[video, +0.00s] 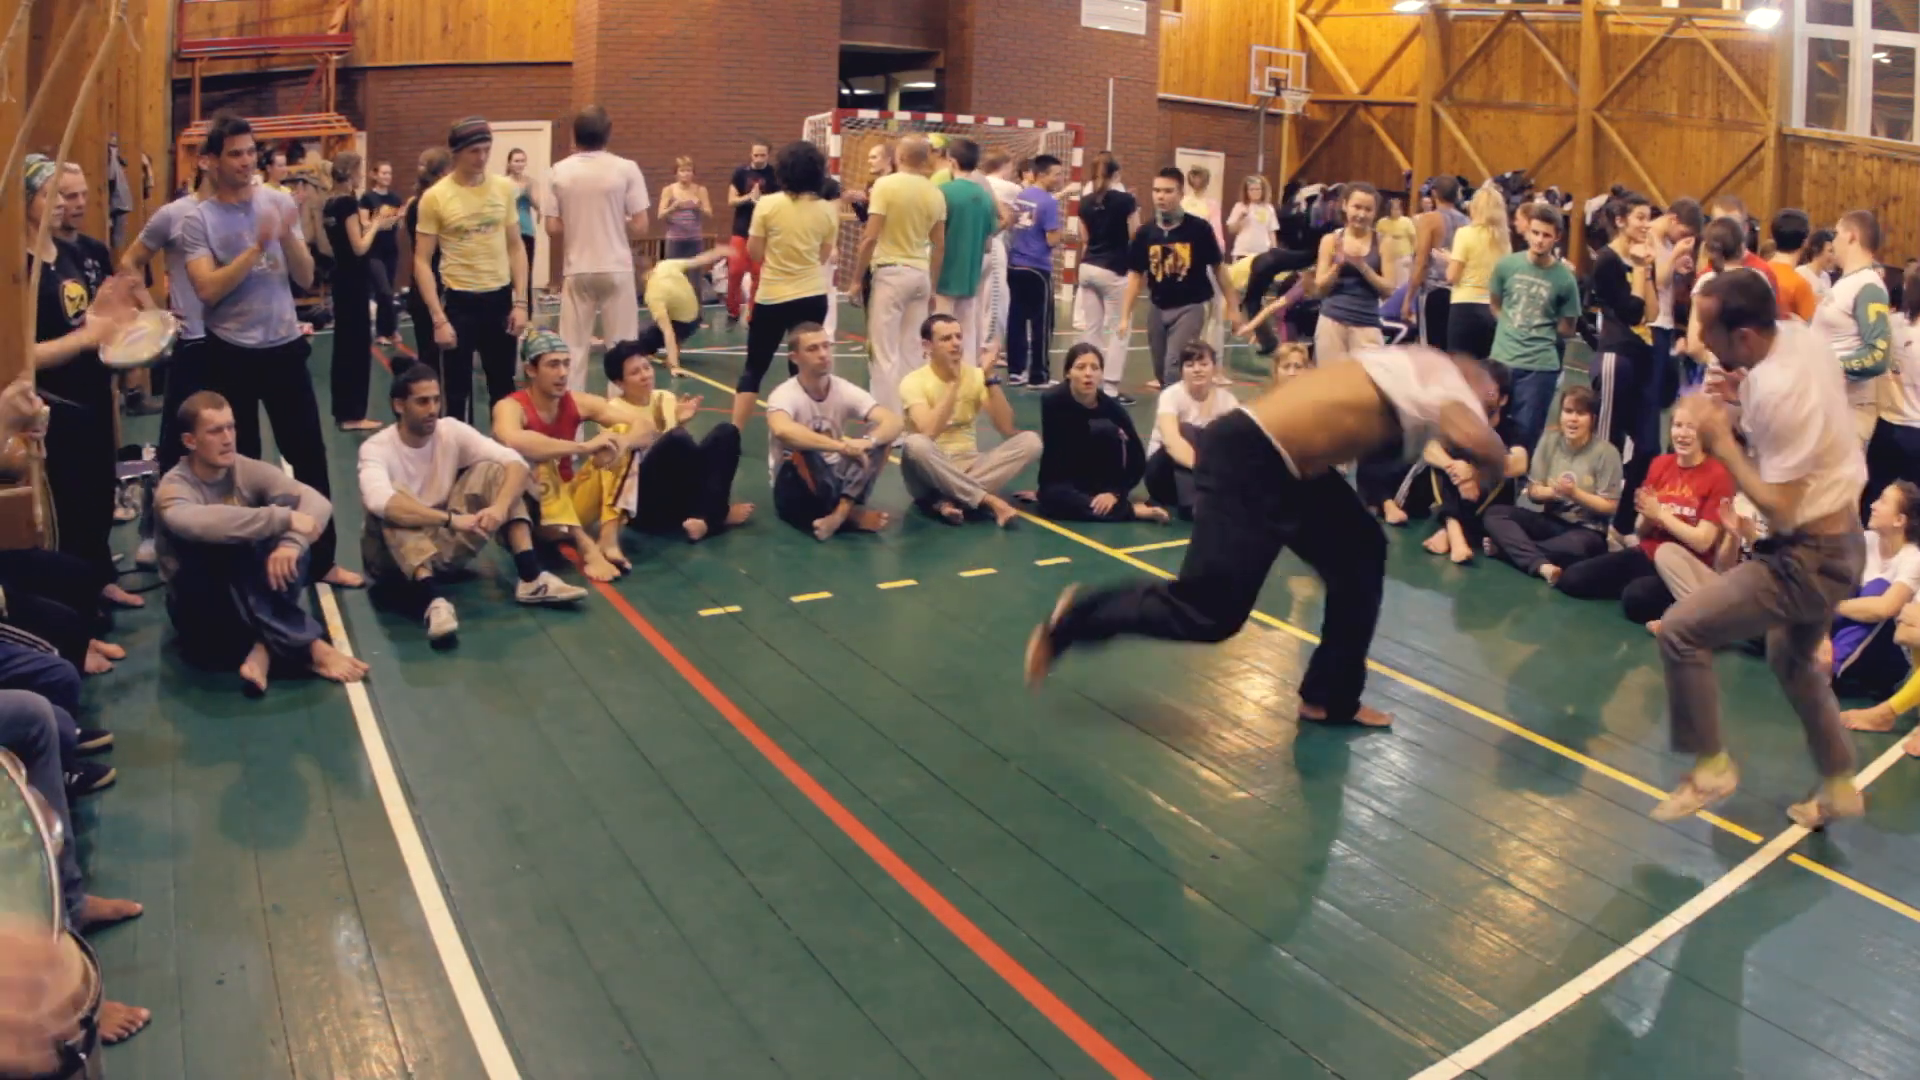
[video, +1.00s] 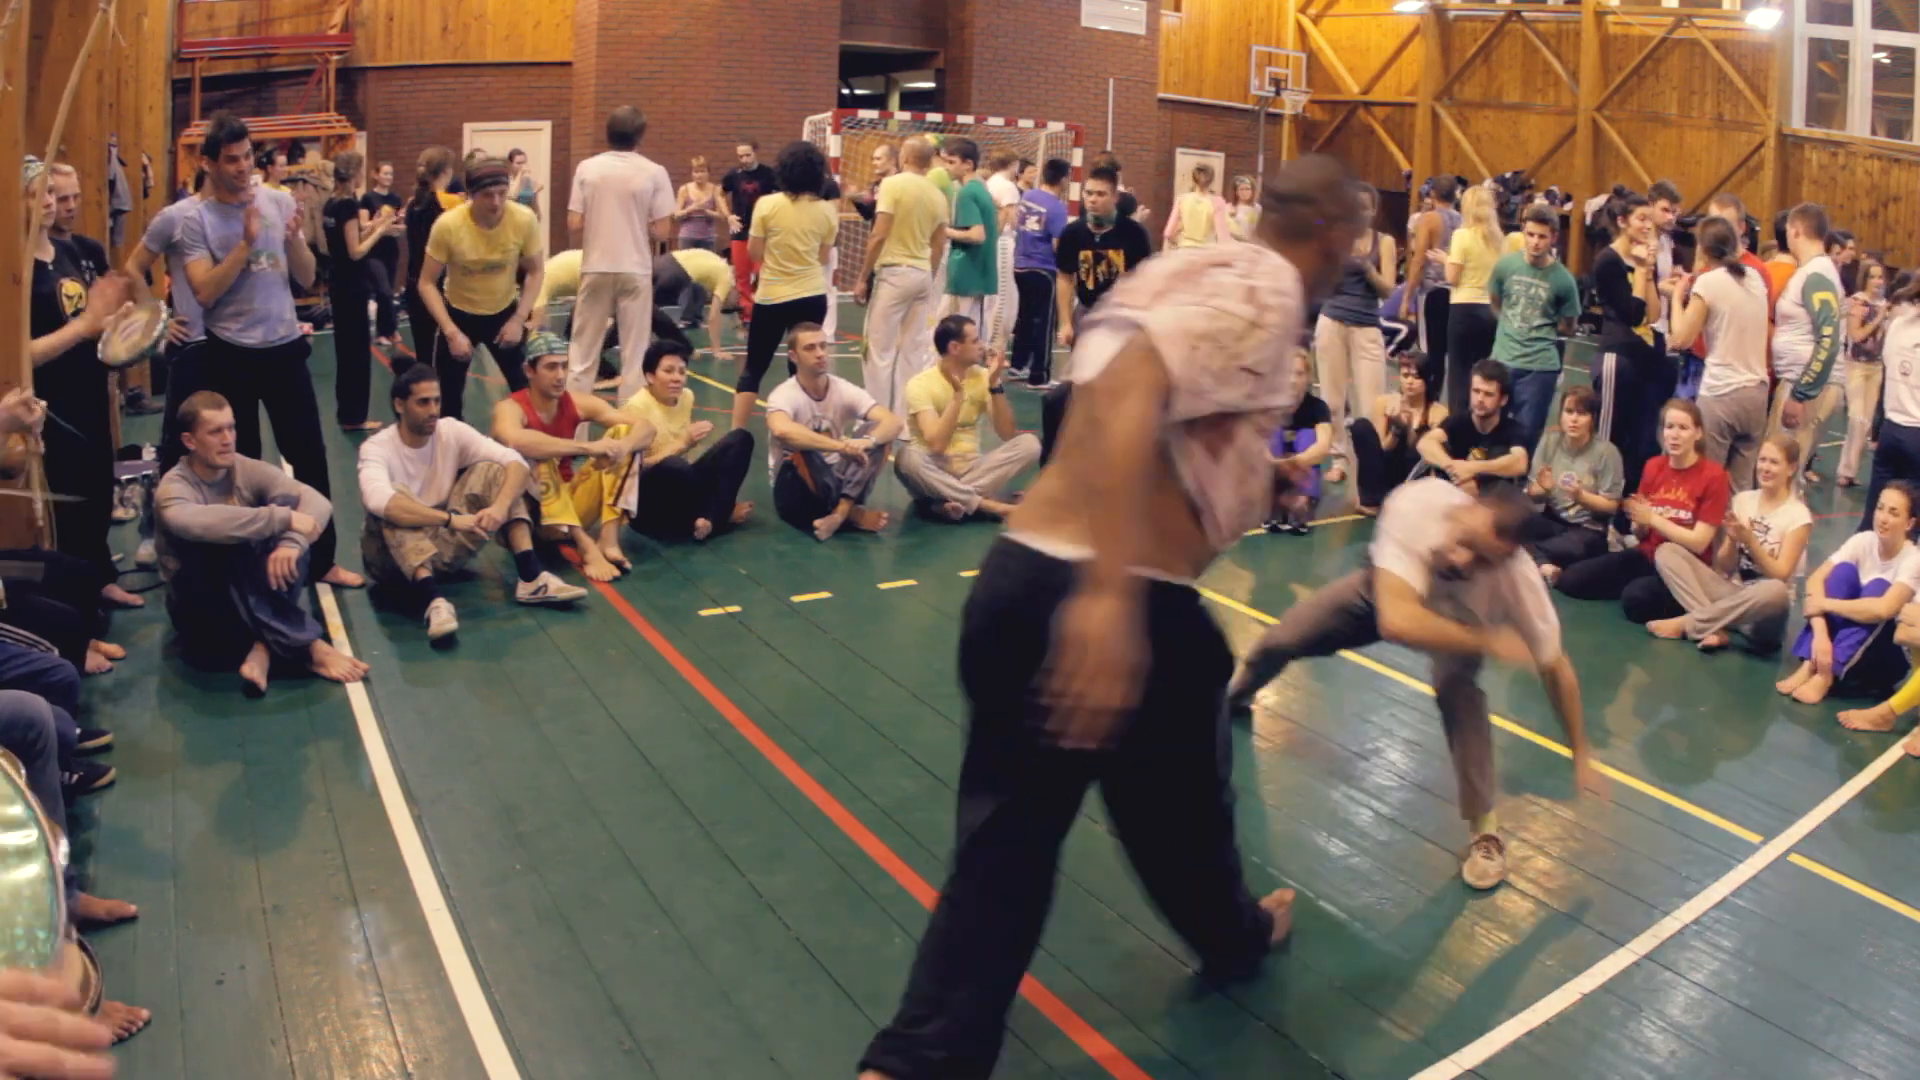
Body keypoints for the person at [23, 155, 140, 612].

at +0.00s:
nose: (70, 205)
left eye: (77, 195)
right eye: (60, 196)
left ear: (83, 199)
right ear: (30, 201)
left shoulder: (86, 255)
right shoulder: (19, 264)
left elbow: (98, 321)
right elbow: (22, 356)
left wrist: (118, 313)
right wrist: (87, 336)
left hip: (94, 392)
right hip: (54, 401)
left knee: (98, 491)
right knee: (70, 499)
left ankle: (102, 576)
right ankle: (77, 591)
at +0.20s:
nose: (65, 205)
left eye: (70, 196)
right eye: (54, 196)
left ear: (71, 202)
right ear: (31, 203)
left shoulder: (70, 258)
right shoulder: (17, 268)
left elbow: (79, 329)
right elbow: (16, 361)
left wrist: (101, 315)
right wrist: (83, 357)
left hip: (89, 394)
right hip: (51, 402)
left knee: (96, 493)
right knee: (67, 499)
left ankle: (101, 577)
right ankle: (74, 590)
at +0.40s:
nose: (56, 208)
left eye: (58, 199)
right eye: (45, 200)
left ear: (61, 204)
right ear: (19, 208)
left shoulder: (65, 258)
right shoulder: (13, 271)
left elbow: (73, 324)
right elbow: (17, 361)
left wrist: (107, 323)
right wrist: (82, 347)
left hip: (88, 390)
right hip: (50, 400)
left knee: (96, 488)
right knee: (68, 495)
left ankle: (101, 577)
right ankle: (75, 591)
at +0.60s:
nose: (54, 205)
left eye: (57, 196)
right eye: (44, 196)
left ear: (60, 202)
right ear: (21, 204)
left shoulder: (66, 257)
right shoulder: (14, 268)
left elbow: (72, 319)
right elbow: (13, 358)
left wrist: (108, 325)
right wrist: (75, 362)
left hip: (86, 391)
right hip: (47, 398)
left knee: (96, 490)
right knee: (65, 495)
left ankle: (101, 577)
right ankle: (72, 590)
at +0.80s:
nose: (54, 204)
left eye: (57, 196)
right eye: (45, 196)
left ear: (57, 201)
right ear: (23, 202)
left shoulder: (67, 254)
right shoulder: (16, 268)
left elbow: (78, 319)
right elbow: (27, 356)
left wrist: (114, 325)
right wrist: (97, 345)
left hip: (87, 387)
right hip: (50, 394)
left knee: (96, 486)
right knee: (67, 492)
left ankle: (102, 577)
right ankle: (75, 587)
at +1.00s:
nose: (69, 206)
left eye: (74, 197)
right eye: (59, 197)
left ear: (80, 198)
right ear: (33, 201)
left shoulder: (84, 251)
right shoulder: (18, 263)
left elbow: (108, 313)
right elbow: (21, 355)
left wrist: (126, 325)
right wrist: (83, 324)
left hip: (90, 388)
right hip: (49, 395)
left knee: (98, 485)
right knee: (68, 490)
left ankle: (101, 577)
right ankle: (73, 584)